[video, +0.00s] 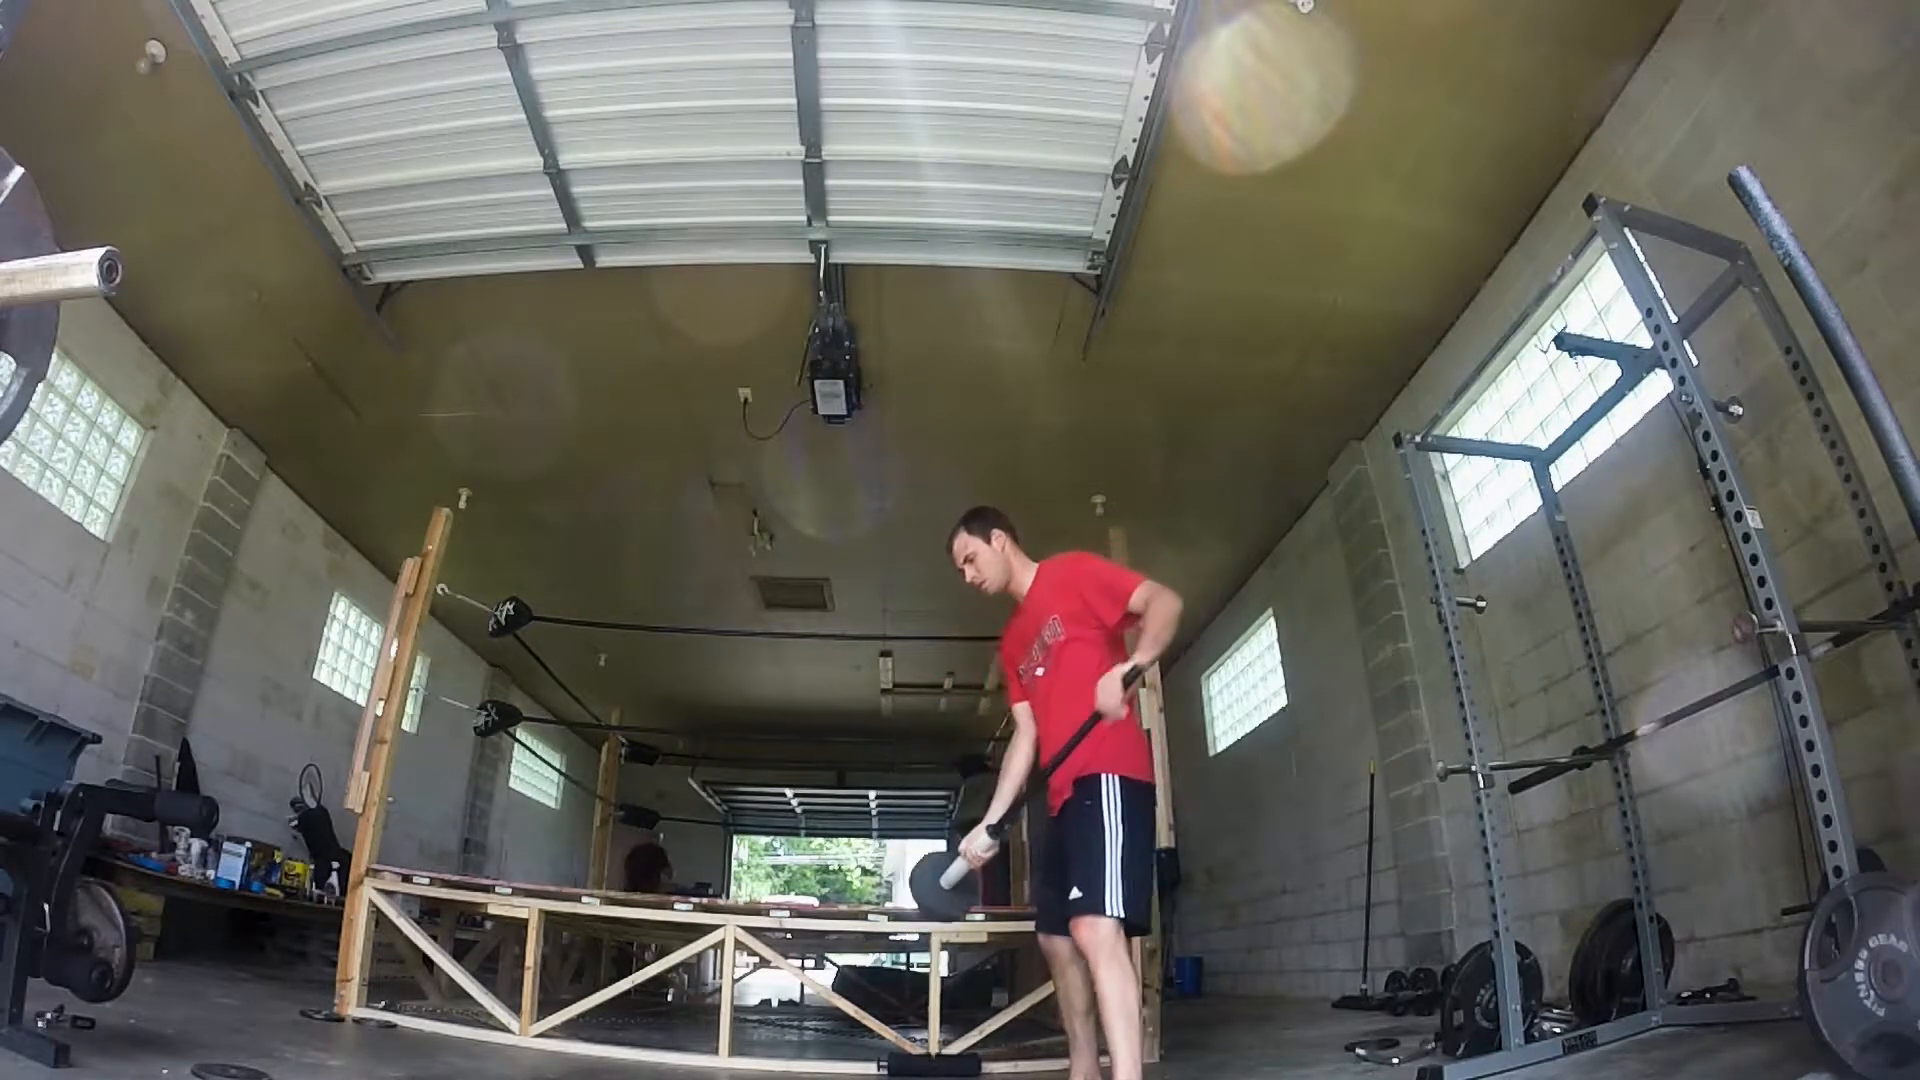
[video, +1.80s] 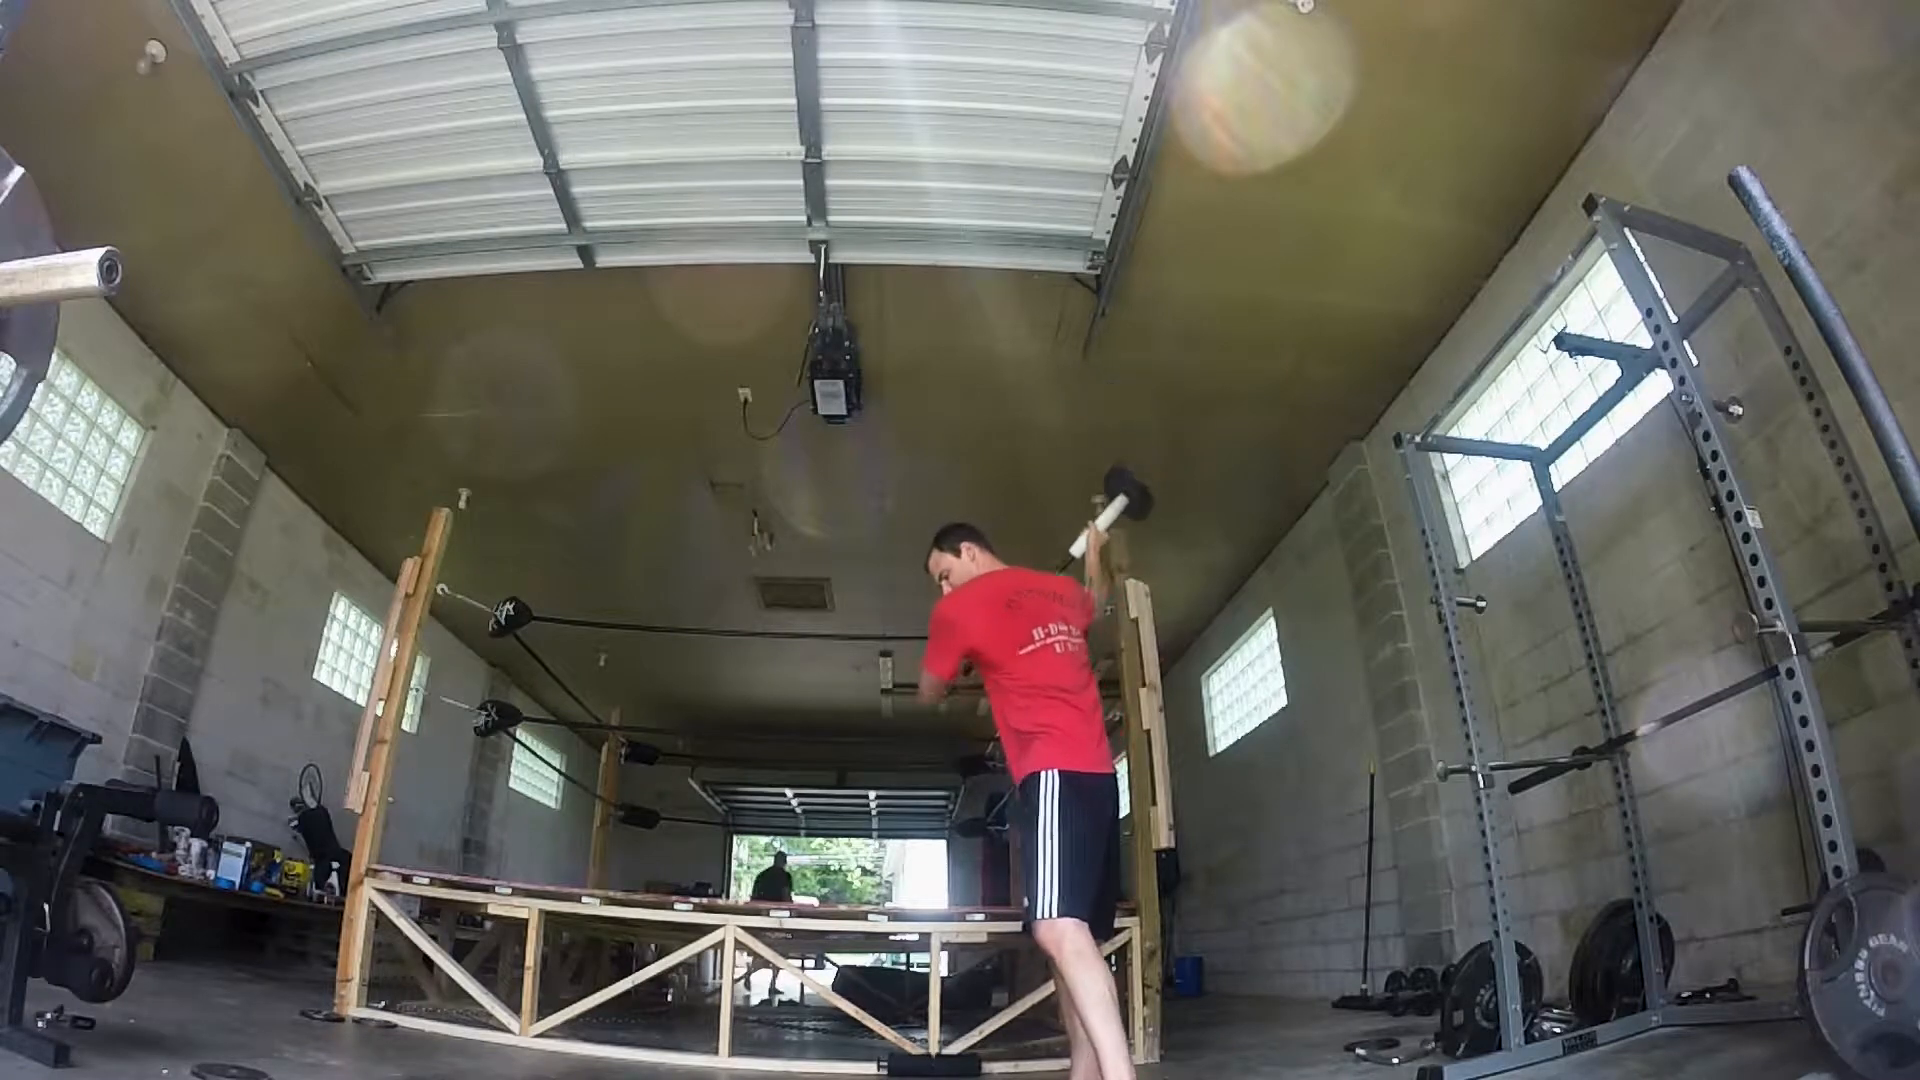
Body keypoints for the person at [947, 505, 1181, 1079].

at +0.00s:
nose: (968, 574)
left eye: (970, 558)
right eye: (961, 568)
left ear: (1002, 538)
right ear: (978, 563)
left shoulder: (1070, 570)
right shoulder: (1012, 641)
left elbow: (1164, 602)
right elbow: (1025, 734)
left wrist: (1132, 667)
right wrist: (989, 822)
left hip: (1109, 771)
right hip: (1061, 788)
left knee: (1095, 928)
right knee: (1055, 936)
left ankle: (1128, 1075)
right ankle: (1085, 1072)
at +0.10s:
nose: (967, 577)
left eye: (968, 562)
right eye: (961, 570)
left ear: (999, 541)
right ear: (984, 556)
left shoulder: (1051, 575)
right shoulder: (1031, 614)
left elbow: (1104, 635)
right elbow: (1054, 722)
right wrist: (1012, 797)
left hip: (1104, 774)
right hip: (1074, 782)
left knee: (1083, 930)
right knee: (1063, 933)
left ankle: (1125, 1074)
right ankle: (1086, 1071)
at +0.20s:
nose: (965, 578)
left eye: (965, 563)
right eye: (959, 570)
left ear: (995, 544)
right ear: (999, 548)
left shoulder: (1031, 584)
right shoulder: (1054, 584)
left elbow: (1031, 681)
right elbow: (1085, 694)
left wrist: (978, 773)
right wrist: (1034, 753)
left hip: (1092, 775)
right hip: (1094, 773)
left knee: (1066, 932)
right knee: (1076, 935)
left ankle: (1122, 1074)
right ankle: (1086, 1072)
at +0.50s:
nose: (956, 584)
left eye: (953, 569)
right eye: (950, 574)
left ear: (977, 546)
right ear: (998, 542)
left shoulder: (978, 604)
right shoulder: (1082, 583)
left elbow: (941, 701)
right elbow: (1111, 661)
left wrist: (934, 732)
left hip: (1056, 784)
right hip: (1112, 785)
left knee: (1044, 940)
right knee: (1086, 942)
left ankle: (1116, 1074)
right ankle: (1086, 1071)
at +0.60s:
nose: (955, 583)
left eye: (951, 569)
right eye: (948, 572)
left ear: (975, 547)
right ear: (997, 542)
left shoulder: (968, 606)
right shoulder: (1078, 575)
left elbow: (944, 692)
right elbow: (1112, 627)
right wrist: (1102, 567)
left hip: (1047, 783)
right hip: (1106, 784)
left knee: (1045, 941)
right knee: (1086, 943)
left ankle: (1117, 1074)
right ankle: (1085, 1073)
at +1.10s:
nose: (958, 578)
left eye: (955, 567)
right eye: (955, 570)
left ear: (969, 552)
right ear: (1003, 542)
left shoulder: (963, 609)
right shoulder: (1072, 571)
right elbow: (1129, 530)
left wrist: (1029, 580)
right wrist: (1106, 460)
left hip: (1037, 781)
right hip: (1098, 775)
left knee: (1044, 935)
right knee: (1079, 936)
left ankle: (1117, 1074)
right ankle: (1082, 1071)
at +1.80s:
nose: (945, 588)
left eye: (943, 576)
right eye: (939, 580)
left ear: (967, 552)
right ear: (982, 549)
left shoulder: (963, 604)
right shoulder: (1061, 585)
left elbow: (930, 691)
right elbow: (1092, 606)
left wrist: (951, 623)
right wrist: (1093, 550)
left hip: (1051, 772)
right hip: (1096, 771)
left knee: (1057, 927)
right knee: (1072, 932)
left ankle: (1119, 1073)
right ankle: (1085, 1072)